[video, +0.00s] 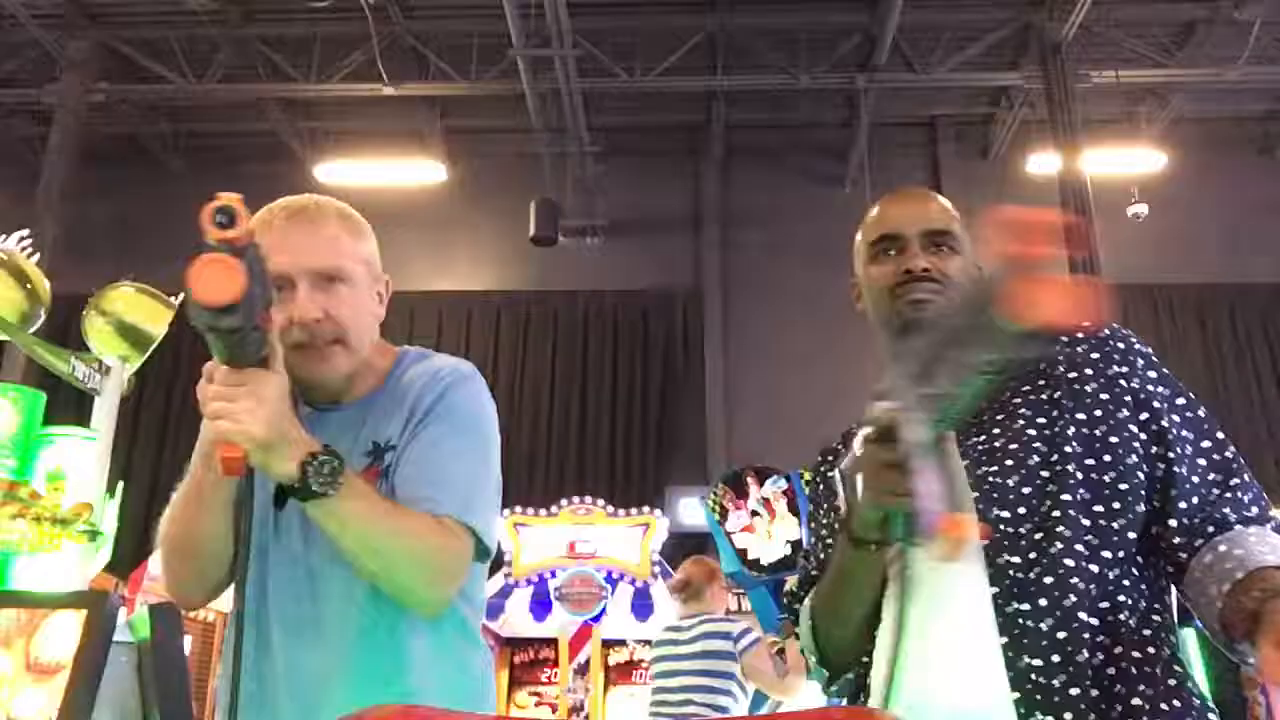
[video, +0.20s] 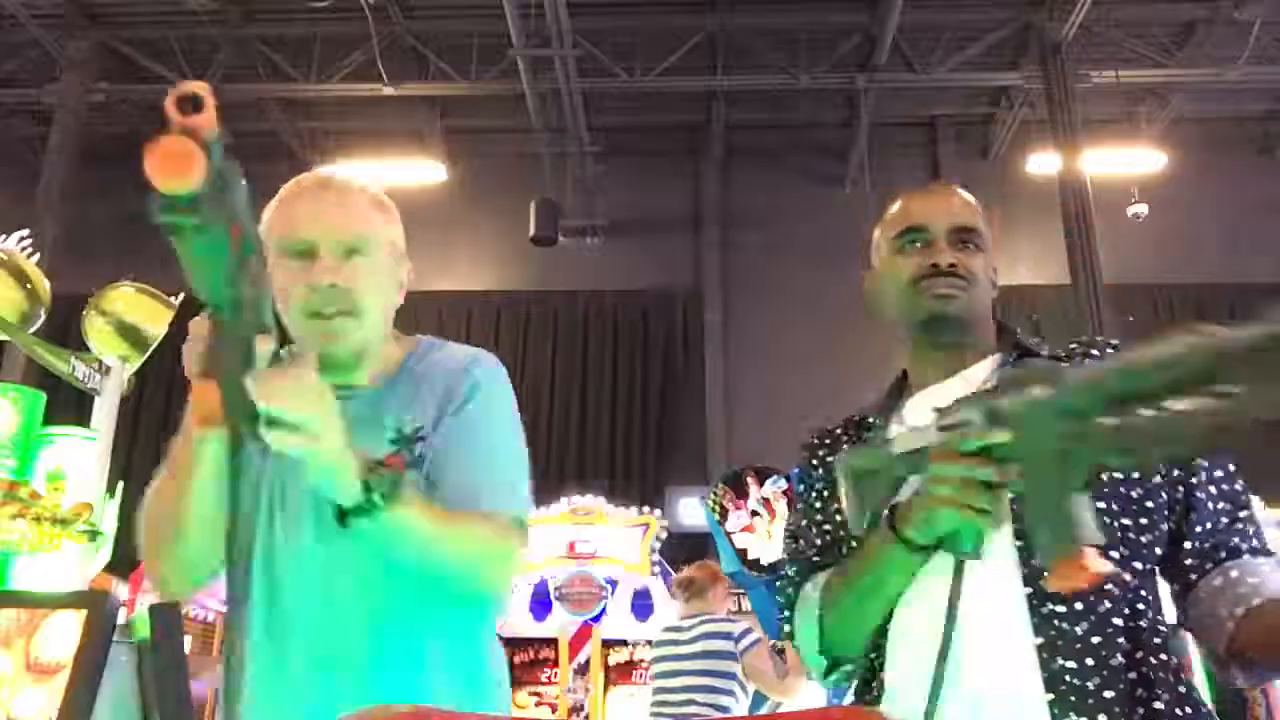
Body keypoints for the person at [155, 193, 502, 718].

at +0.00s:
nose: (305, 312)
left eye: (331, 282)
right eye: (279, 288)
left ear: (381, 297)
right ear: (253, 309)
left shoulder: (446, 391)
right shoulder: (253, 406)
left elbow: (433, 578)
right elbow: (188, 585)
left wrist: (296, 455)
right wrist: (219, 434)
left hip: (417, 709)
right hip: (265, 706)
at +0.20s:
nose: (326, 277)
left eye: (353, 253)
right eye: (301, 255)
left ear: (402, 278)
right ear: (268, 280)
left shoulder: (464, 383)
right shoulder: (247, 400)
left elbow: (493, 566)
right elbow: (172, 575)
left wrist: (348, 474)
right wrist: (207, 408)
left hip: (440, 708)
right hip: (275, 705)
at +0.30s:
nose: (326, 264)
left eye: (355, 240)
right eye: (304, 241)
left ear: (407, 267)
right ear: (277, 266)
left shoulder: (478, 382)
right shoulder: (249, 387)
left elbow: (561, 560)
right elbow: (156, 567)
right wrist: (182, 396)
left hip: (445, 703)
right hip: (281, 702)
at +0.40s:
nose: (299, 283)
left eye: (327, 261)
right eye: (278, 259)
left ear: (379, 286)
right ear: (250, 279)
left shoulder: (450, 411)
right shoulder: (214, 397)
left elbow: (533, 567)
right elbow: (123, 576)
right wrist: (149, 405)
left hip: (395, 713)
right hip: (233, 707)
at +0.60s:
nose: (286, 294)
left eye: (312, 275)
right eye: (263, 273)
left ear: (355, 300)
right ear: (234, 292)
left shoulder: (410, 423)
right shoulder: (182, 401)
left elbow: (452, 566)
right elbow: (110, 545)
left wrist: (452, 664)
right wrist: (133, 407)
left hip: (354, 712)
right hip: (187, 708)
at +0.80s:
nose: (335, 301)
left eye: (361, 283)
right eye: (316, 279)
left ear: (401, 308)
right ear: (286, 297)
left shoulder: (448, 417)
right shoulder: (230, 401)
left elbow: (470, 570)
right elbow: (185, 556)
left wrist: (347, 478)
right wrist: (189, 504)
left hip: (388, 705)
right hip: (239, 703)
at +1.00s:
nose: (273, 288)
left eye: (299, 270)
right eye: (250, 265)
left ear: (338, 295)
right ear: (216, 283)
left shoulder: (383, 401)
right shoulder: (147, 387)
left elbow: (407, 562)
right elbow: (123, 568)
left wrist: (267, 472)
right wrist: (165, 462)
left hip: (329, 704)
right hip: (162, 704)